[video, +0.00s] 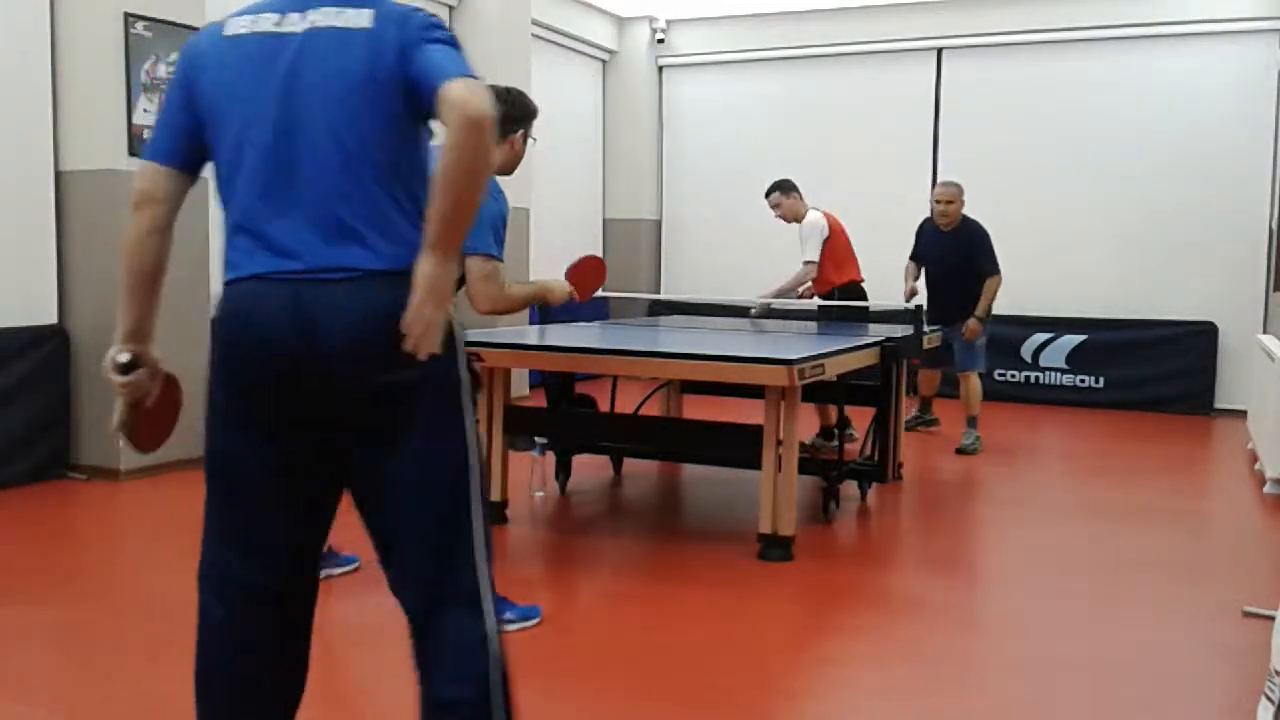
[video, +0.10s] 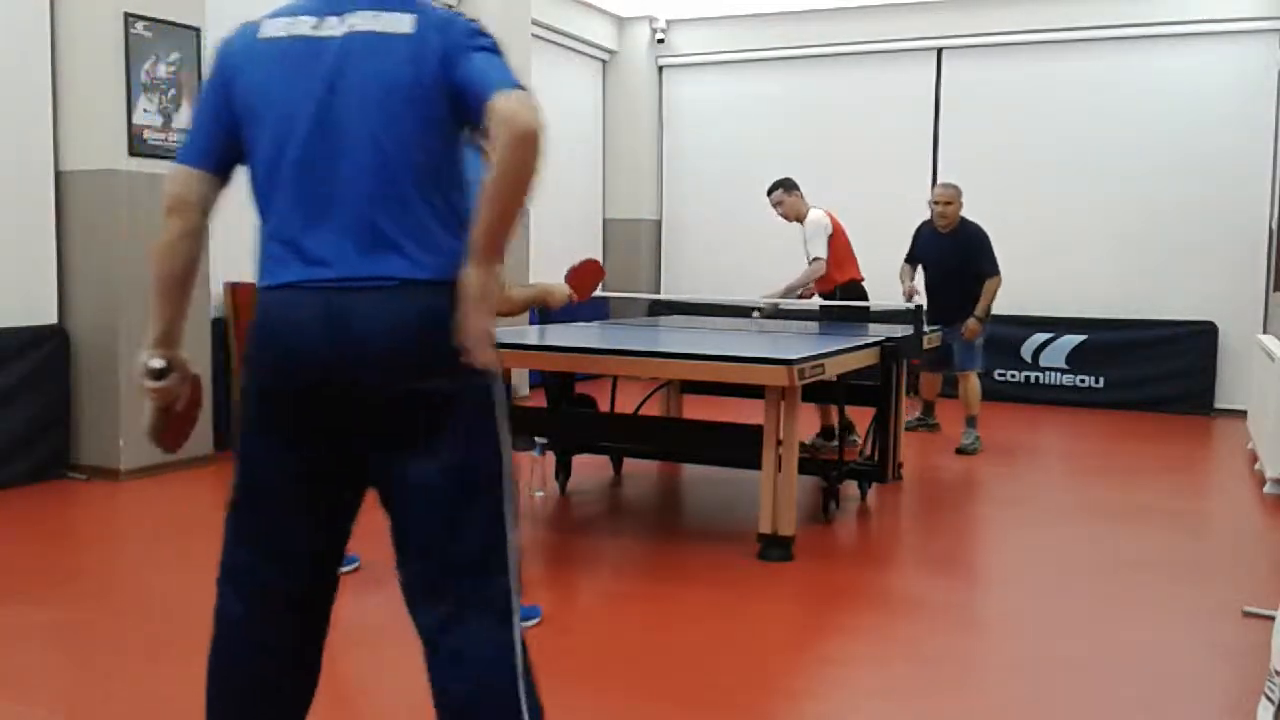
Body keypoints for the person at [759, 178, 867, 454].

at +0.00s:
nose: (777, 214)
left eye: (778, 206)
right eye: (773, 209)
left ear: (795, 197)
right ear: (797, 199)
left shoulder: (812, 221)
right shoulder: (820, 218)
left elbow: (810, 270)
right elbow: (835, 264)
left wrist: (769, 297)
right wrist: (813, 286)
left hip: (842, 299)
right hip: (846, 297)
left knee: (819, 367)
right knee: (828, 365)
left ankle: (827, 432)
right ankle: (841, 421)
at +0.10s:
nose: (779, 212)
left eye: (780, 204)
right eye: (775, 207)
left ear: (797, 195)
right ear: (794, 200)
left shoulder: (815, 220)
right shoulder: (814, 221)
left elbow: (818, 267)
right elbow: (831, 266)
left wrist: (779, 295)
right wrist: (812, 286)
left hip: (846, 298)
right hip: (837, 298)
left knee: (825, 367)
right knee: (824, 366)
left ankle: (834, 430)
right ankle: (838, 426)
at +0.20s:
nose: (781, 211)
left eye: (783, 203)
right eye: (777, 207)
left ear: (799, 195)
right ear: (779, 207)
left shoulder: (819, 219)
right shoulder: (812, 225)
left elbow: (827, 264)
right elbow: (826, 267)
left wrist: (788, 292)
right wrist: (810, 287)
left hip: (849, 298)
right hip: (836, 299)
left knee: (831, 367)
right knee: (824, 366)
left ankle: (842, 429)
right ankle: (832, 429)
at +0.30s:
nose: (782, 214)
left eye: (784, 206)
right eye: (778, 210)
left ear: (800, 198)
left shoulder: (821, 221)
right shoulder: (812, 228)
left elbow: (830, 265)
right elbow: (825, 269)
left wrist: (796, 290)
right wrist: (808, 289)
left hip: (851, 298)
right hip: (837, 299)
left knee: (833, 367)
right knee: (823, 366)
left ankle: (845, 428)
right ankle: (826, 427)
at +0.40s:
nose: (781, 218)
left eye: (783, 210)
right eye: (777, 213)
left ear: (800, 203)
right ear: (797, 207)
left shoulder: (821, 224)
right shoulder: (812, 230)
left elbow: (827, 268)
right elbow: (828, 271)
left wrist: (792, 293)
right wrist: (811, 290)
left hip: (853, 300)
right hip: (837, 302)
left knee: (838, 366)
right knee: (818, 364)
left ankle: (846, 427)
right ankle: (819, 424)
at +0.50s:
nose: (779, 223)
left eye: (780, 216)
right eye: (775, 218)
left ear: (798, 208)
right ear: (796, 212)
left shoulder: (818, 228)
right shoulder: (810, 233)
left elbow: (819, 272)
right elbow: (823, 276)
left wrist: (782, 297)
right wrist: (803, 297)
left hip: (852, 305)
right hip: (837, 306)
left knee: (834, 368)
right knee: (817, 364)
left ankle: (845, 428)